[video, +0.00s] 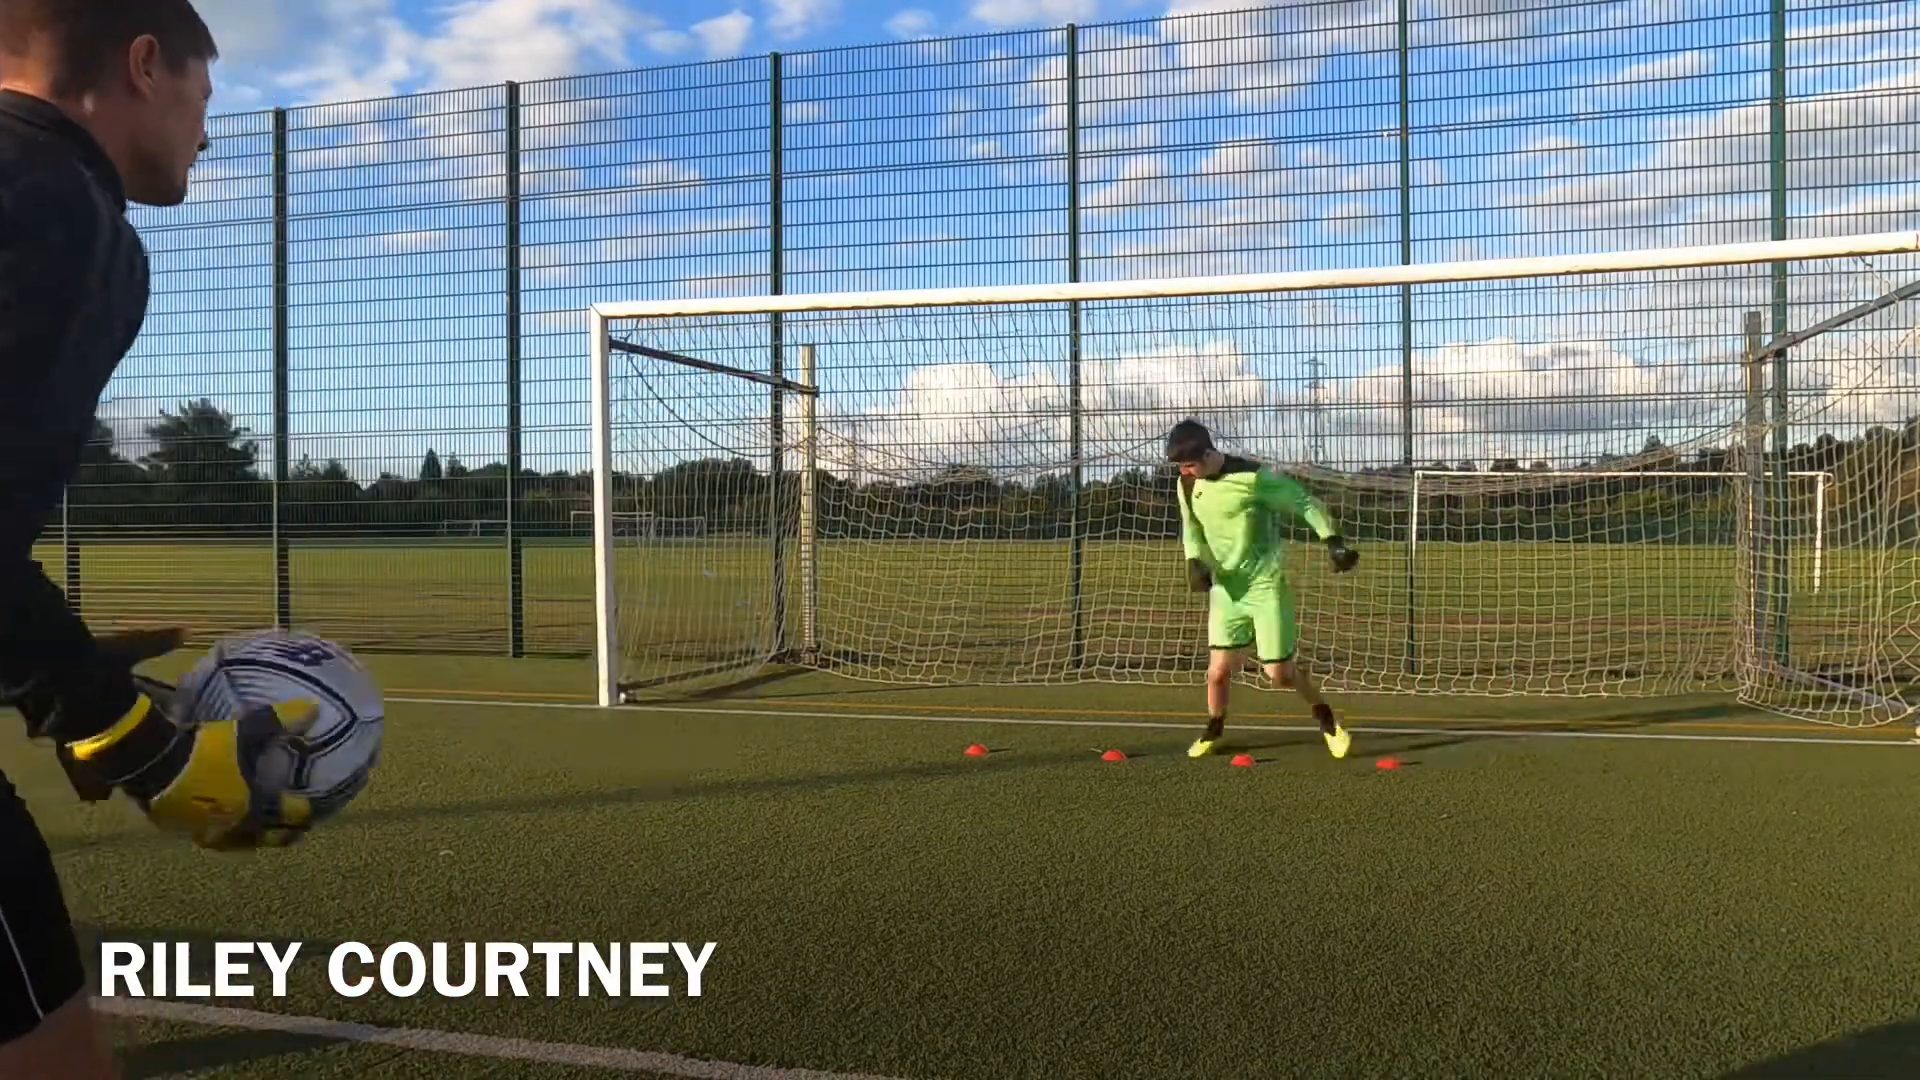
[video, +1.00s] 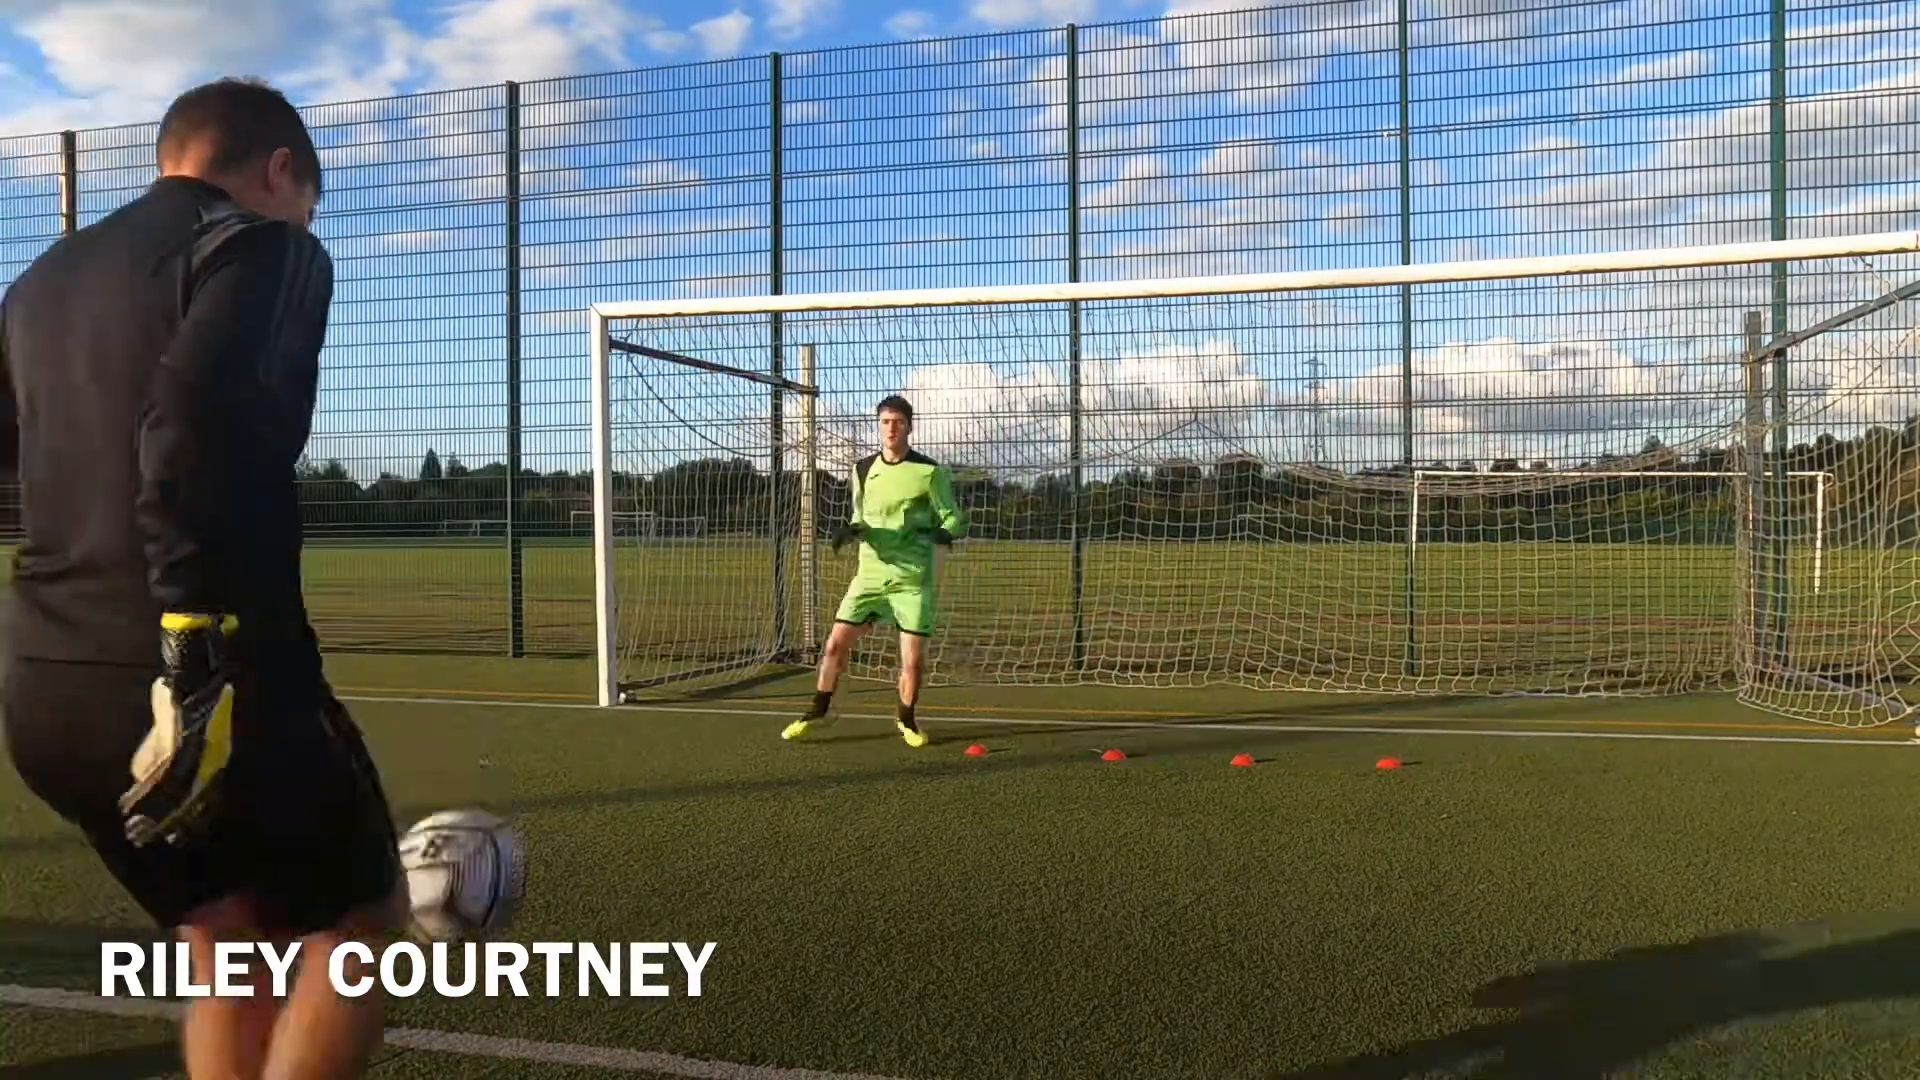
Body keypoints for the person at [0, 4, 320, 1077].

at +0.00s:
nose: (205, 130)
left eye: (209, 98)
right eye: (202, 92)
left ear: (47, 64)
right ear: (139, 64)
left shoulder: (34, 192)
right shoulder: (69, 220)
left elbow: (5, 530)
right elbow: (5, 533)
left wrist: (72, 682)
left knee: (58, 1033)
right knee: (55, 1040)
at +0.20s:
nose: (139, 117)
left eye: (142, 87)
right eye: (137, 82)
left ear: (54, 52)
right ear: (82, 52)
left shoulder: (42, 197)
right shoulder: (50, 201)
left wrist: (45, 654)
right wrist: (58, 654)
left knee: (51, 1033)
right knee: (52, 1039)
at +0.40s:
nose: (110, 88)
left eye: (114, 60)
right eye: (110, 53)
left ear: (45, 42)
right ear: (58, 39)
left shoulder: (49, 195)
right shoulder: (47, 194)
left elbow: (26, 484)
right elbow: (22, 482)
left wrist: (94, 697)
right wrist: (103, 694)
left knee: (44, 1010)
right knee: (42, 1017)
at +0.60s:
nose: (125, 190)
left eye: (136, 166)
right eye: (131, 157)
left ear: (38, 106)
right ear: (88, 107)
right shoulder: (71, 247)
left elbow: (47, 541)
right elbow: (106, 536)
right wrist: (247, 592)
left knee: (28, 996)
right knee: (24, 1001)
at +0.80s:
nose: (238, 213)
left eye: (244, 189)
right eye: (240, 184)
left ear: (87, 147)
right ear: (199, 147)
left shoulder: (8, 235)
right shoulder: (196, 257)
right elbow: (198, 467)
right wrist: (345, 600)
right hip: (61, 693)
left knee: (160, 945)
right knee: (38, 1006)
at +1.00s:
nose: (306, 225)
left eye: (308, 205)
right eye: (309, 200)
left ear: (170, 169)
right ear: (277, 169)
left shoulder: (42, 277)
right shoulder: (265, 248)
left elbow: (18, 474)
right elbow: (191, 427)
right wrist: (195, 654)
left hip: (49, 687)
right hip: (212, 679)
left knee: (218, 927)